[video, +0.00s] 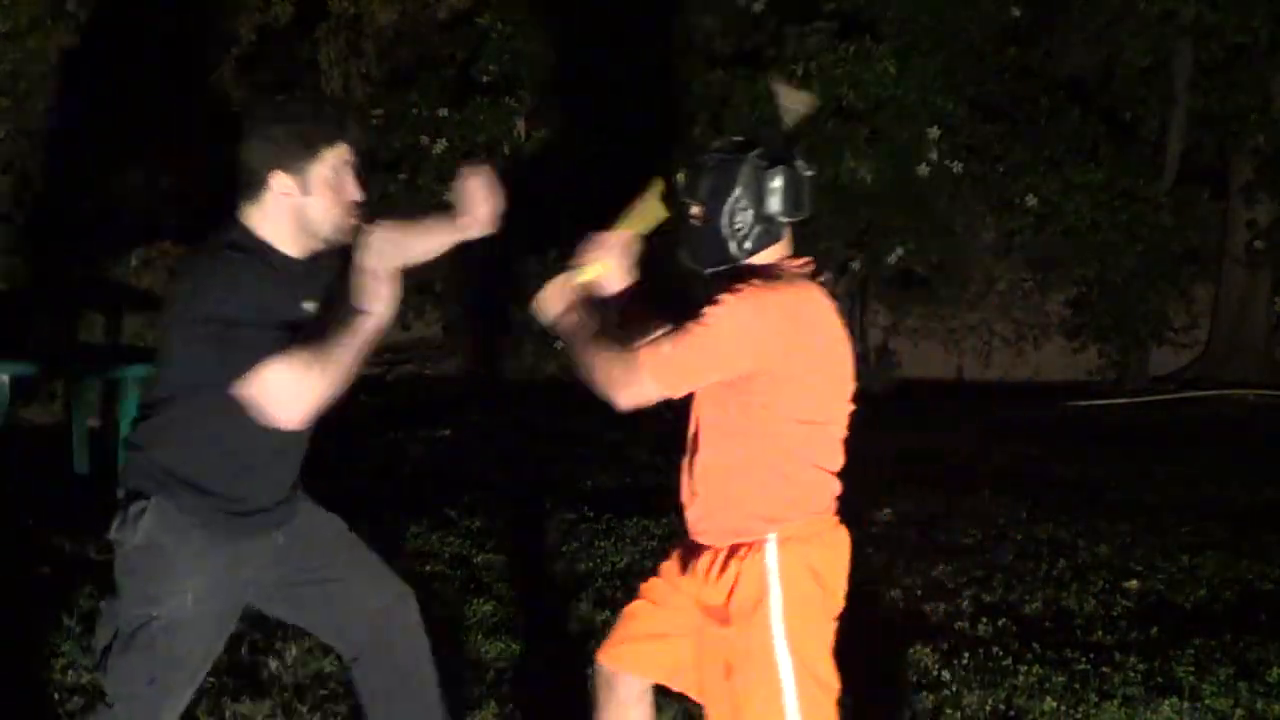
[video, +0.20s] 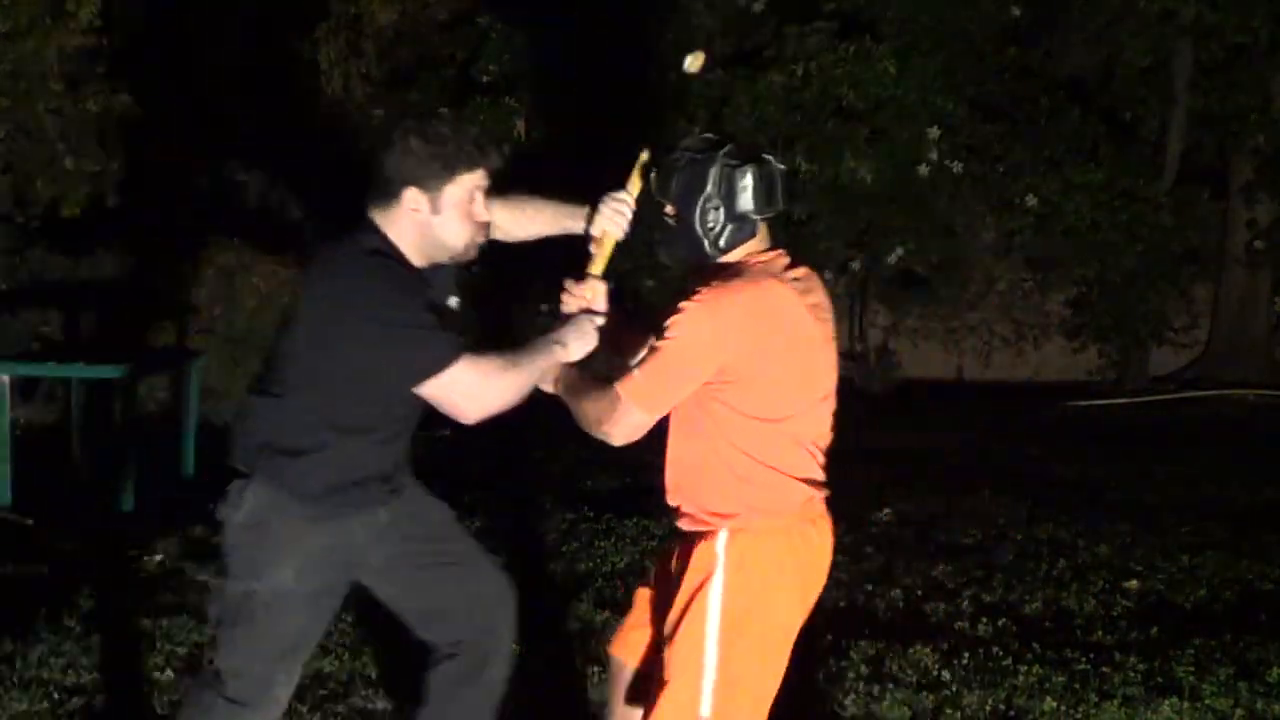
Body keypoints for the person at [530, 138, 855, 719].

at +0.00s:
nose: (692, 224)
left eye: (703, 210)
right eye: (694, 209)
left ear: (738, 218)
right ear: (772, 218)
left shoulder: (774, 312)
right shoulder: (752, 305)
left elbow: (627, 384)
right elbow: (666, 356)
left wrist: (570, 316)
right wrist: (622, 294)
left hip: (777, 557)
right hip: (710, 555)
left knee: (782, 711)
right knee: (622, 671)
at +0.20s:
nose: (664, 223)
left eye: (674, 210)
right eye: (665, 208)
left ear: (708, 219)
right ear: (744, 213)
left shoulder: (724, 309)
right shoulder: (797, 290)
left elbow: (618, 422)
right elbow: (669, 370)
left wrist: (564, 371)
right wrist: (602, 323)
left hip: (746, 546)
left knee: (700, 707)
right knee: (631, 663)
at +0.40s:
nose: (731, 232)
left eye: (739, 219)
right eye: (731, 218)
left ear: (773, 226)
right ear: (819, 217)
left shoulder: (783, 322)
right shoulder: (876, 289)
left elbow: (676, 427)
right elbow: (712, 370)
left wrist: (604, 404)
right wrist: (621, 350)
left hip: (827, 547)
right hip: (894, 541)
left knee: (716, 701)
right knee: (784, 705)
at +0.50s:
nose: (766, 231)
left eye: (775, 220)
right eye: (768, 217)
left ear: (806, 233)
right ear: (855, 231)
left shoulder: (828, 326)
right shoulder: (893, 304)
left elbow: (710, 424)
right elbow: (732, 396)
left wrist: (603, 433)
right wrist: (638, 411)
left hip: (909, 540)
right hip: (948, 529)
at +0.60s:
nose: (822, 255)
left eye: (829, 242)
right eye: (824, 241)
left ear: (858, 248)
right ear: (913, 238)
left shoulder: (881, 329)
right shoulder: (976, 309)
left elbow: (768, 403)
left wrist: (650, 422)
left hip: (993, 531)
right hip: (1055, 517)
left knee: (912, 685)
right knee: (948, 691)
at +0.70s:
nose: (925, 257)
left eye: (934, 244)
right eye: (925, 243)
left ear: (966, 248)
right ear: (1008, 239)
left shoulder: (993, 323)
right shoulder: (1070, 311)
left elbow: (864, 375)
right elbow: (875, 350)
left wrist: (742, 376)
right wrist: (754, 353)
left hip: (1084, 542)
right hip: (1127, 532)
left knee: (996, 705)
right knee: (1039, 701)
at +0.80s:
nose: (1019, 254)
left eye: (1028, 239)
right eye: (1020, 238)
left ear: (1057, 243)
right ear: (1100, 233)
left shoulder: (1085, 318)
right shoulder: (1136, 300)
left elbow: (953, 365)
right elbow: (976, 336)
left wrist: (847, 337)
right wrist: (858, 322)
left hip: (1161, 535)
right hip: (1190, 526)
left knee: (1044, 696)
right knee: (1089, 698)